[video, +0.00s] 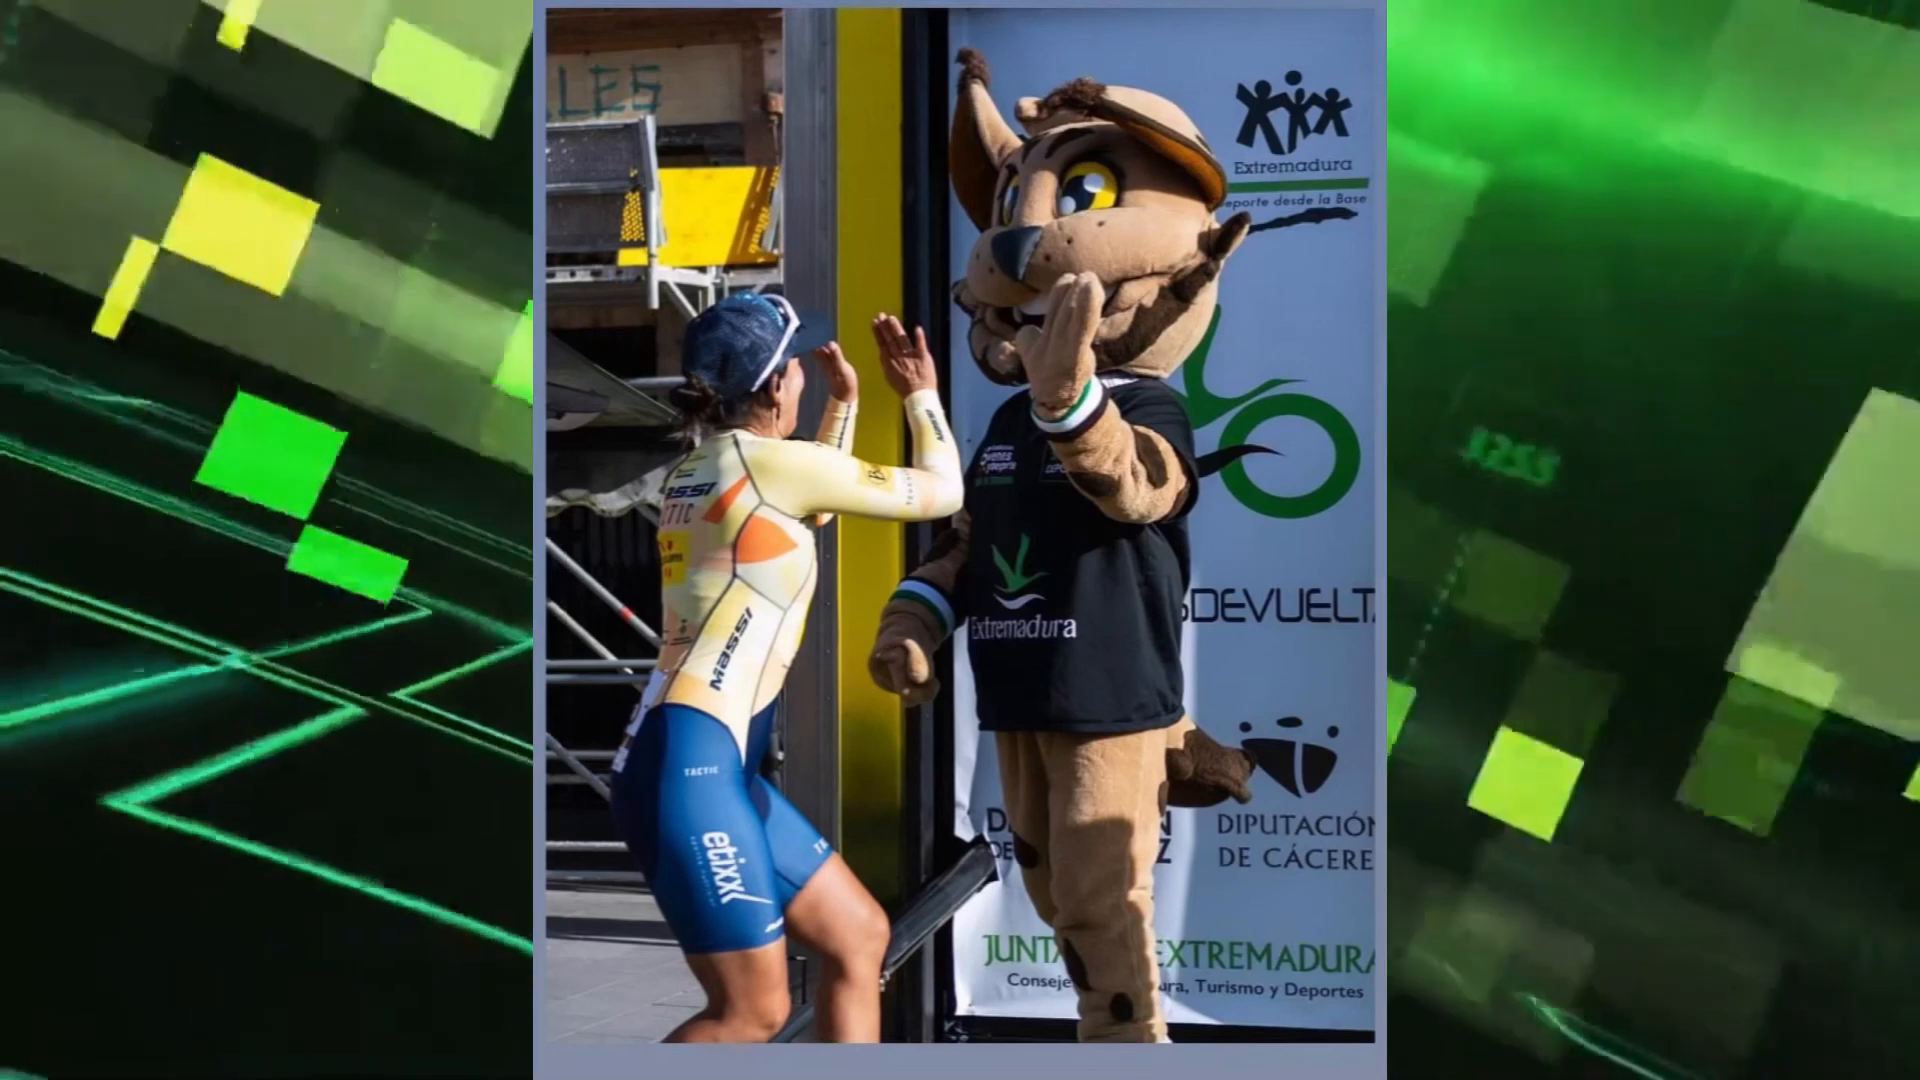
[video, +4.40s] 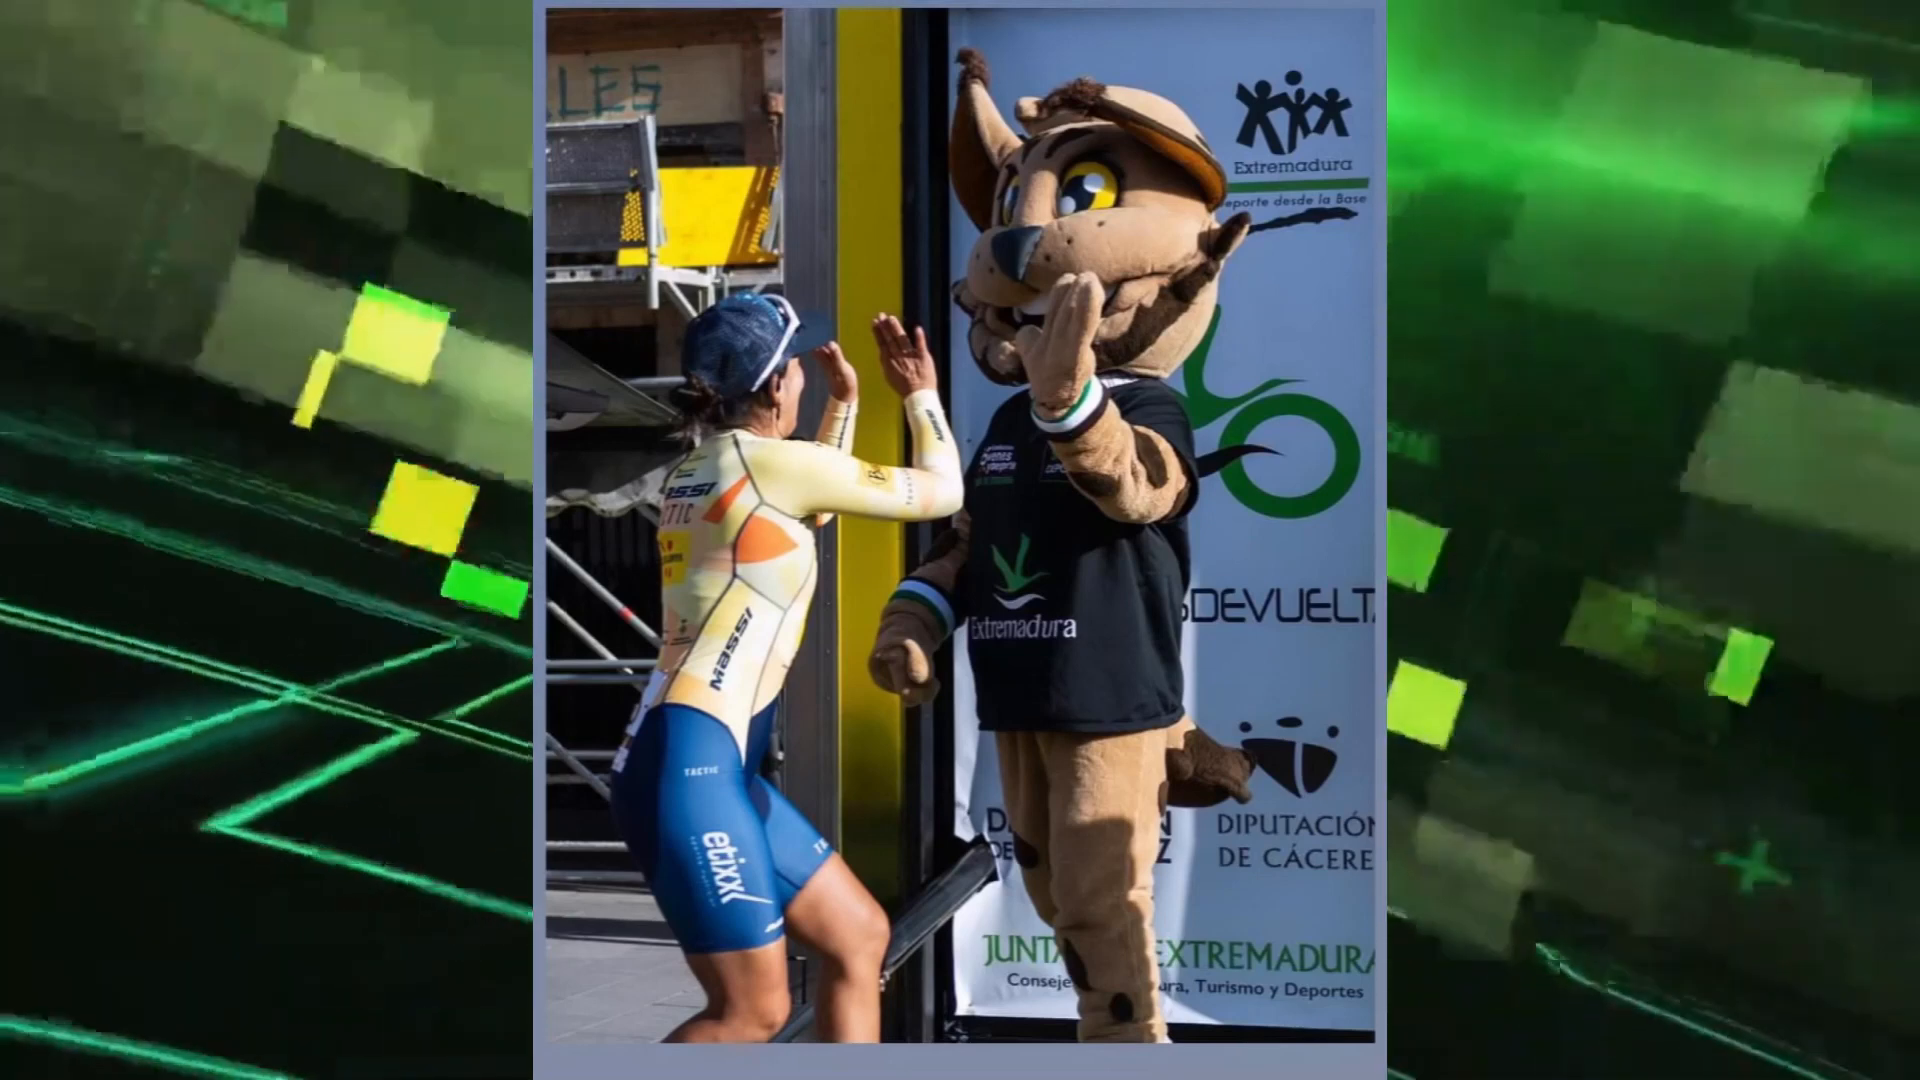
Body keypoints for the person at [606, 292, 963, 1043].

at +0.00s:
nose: (803, 377)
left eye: (799, 363)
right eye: (796, 364)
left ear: (715, 387)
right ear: (776, 380)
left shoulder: (692, 471)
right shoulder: (778, 465)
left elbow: (798, 494)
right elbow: (938, 492)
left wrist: (840, 412)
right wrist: (924, 395)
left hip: (714, 770)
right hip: (686, 774)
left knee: (860, 934)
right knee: (754, 1010)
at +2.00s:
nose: (803, 377)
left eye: (799, 363)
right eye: (796, 364)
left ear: (715, 387)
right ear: (776, 380)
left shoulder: (692, 471)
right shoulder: (778, 465)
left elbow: (798, 494)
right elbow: (938, 492)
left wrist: (840, 412)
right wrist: (924, 395)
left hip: (714, 770)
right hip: (686, 774)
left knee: (860, 934)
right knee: (754, 1010)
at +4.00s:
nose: (803, 377)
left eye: (800, 363)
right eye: (796, 364)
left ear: (715, 388)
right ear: (776, 380)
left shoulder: (693, 471)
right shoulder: (778, 464)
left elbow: (798, 494)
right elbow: (939, 492)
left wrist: (840, 412)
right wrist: (924, 395)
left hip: (714, 770)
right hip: (687, 774)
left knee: (860, 934)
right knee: (754, 1010)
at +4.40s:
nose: (803, 378)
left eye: (800, 363)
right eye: (797, 365)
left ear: (714, 387)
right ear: (777, 380)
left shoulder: (695, 471)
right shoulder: (779, 465)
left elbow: (800, 494)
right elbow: (939, 492)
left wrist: (841, 410)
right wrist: (924, 395)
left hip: (714, 769)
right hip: (686, 774)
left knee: (860, 934)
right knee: (754, 1010)